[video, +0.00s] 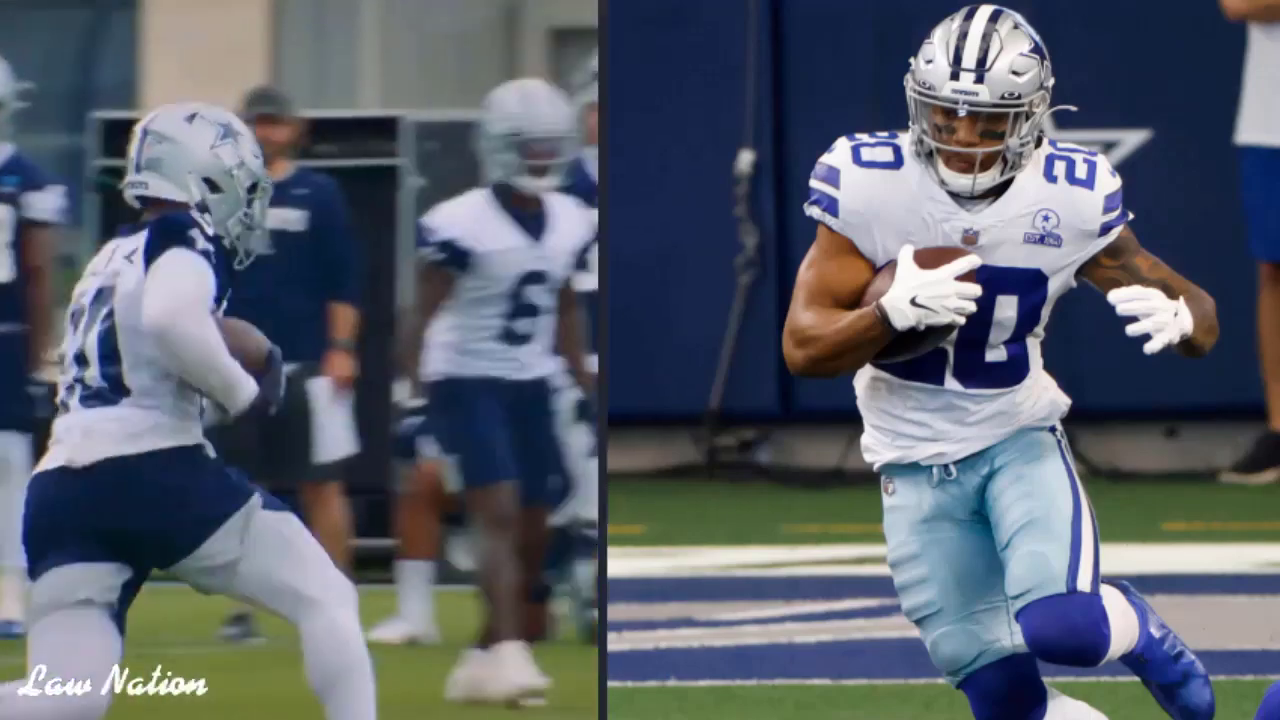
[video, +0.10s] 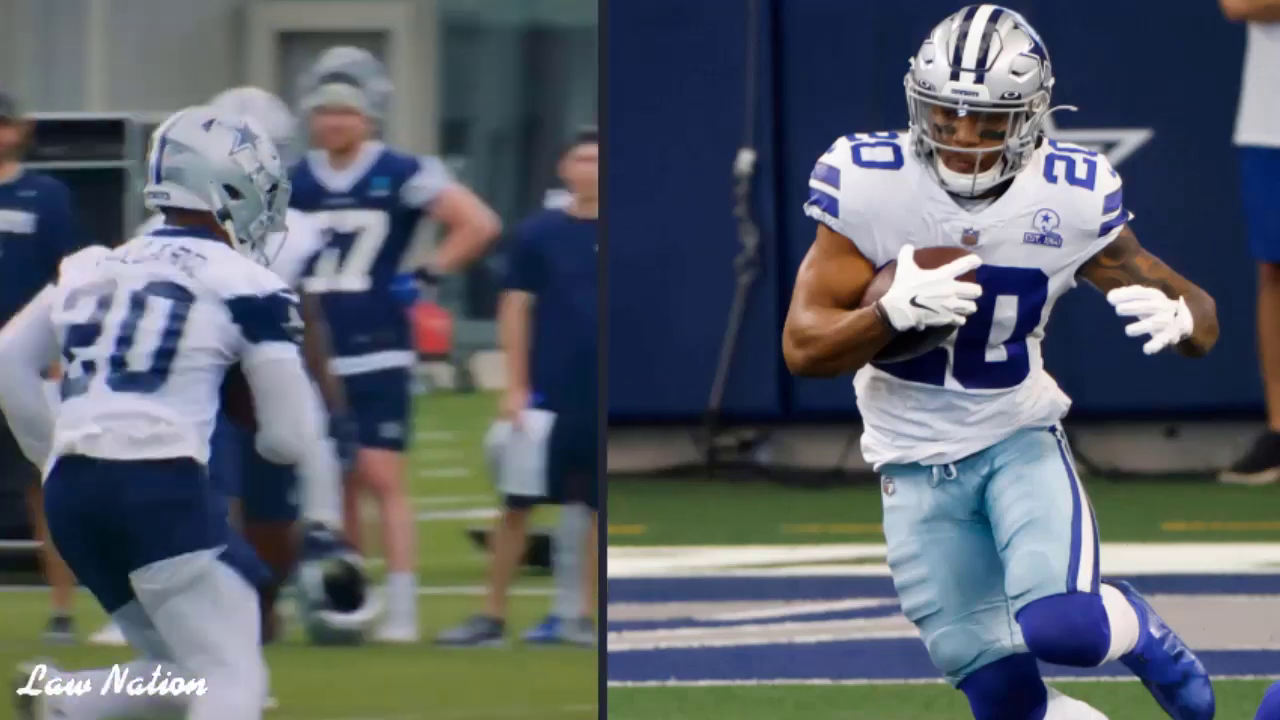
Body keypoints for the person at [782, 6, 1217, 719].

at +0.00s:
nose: (966, 137)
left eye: (988, 121)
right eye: (950, 117)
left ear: (1027, 118)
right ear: (922, 110)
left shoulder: (1071, 194)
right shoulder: (863, 180)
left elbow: (1197, 310)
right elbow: (801, 350)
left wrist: (1181, 318)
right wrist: (887, 313)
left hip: (1018, 437)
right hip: (911, 467)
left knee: (1054, 626)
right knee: (1001, 696)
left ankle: (1141, 632)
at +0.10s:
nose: (965, 137)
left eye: (988, 121)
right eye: (950, 116)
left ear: (1027, 118)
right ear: (922, 110)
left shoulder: (1071, 194)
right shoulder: (863, 179)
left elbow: (1197, 310)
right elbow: (801, 349)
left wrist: (1181, 319)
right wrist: (887, 313)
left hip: (1018, 437)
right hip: (911, 467)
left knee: (1054, 626)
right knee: (1001, 696)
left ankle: (1142, 633)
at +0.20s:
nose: (966, 137)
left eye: (988, 121)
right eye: (950, 116)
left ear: (1027, 118)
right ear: (922, 110)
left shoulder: (1071, 195)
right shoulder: (863, 180)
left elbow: (1197, 310)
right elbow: (801, 350)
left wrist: (1181, 319)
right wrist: (887, 313)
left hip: (1018, 437)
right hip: (911, 467)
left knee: (1054, 626)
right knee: (1001, 696)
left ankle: (1141, 631)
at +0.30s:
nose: (965, 137)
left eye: (988, 121)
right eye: (950, 116)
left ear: (1027, 118)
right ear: (922, 110)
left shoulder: (1071, 194)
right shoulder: (863, 179)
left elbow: (1197, 310)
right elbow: (801, 349)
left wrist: (1181, 319)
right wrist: (887, 313)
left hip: (1018, 437)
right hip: (911, 467)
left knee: (1054, 626)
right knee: (1001, 696)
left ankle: (1142, 633)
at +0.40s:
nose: (966, 137)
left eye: (988, 121)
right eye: (950, 116)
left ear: (1027, 118)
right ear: (922, 109)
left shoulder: (1071, 195)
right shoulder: (863, 180)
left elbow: (1197, 310)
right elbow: (801, 350)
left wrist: (1181, 319)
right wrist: (887, 313)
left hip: (1018, 437)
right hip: (911, 467)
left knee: (1054, 626)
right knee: (1001, 696)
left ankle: (1141, 631)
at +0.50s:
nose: (966, 137)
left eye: (988, 121)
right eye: (950, 117)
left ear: (1027, 118)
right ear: (922, 110)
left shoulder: (1072, 194)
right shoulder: (863, 180)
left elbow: (1197, 310)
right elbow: (801, 350)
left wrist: (1181, 318)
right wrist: (887, 313)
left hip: (1018, 437)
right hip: (911, 467)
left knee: (1054, 626)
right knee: (1001, 697)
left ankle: (1142, 632)